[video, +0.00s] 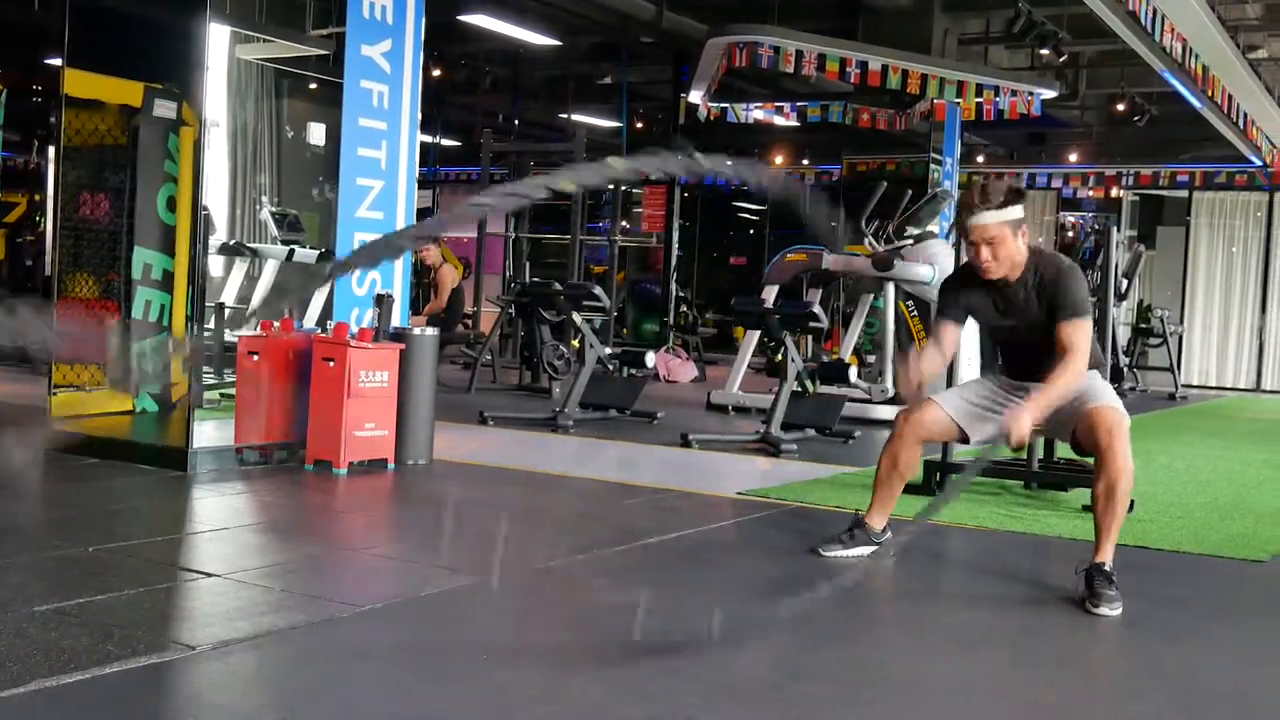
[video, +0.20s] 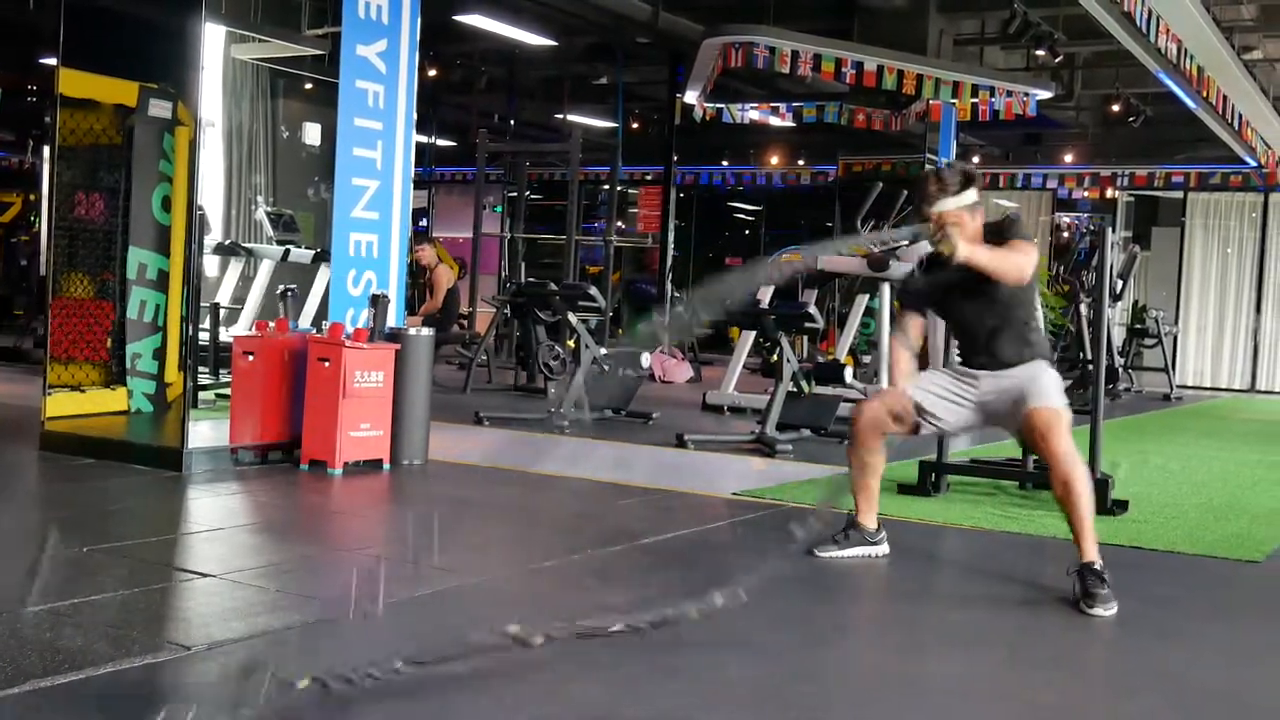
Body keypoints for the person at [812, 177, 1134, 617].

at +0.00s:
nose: (981, 255)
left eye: (991, 243)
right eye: (973, 245)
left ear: (1022, 236)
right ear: (965, 243)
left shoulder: (1062, 276)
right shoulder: (963, 283)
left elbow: (1077, 358)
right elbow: (941, 345)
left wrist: (1033, 408)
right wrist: (917, 370)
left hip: (1068, 387)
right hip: (1003, 387)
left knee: (1114, 430)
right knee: (911, 423)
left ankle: (1102, 566)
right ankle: (872, 529)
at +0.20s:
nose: (946, 230)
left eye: (954, 218)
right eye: (937, 224)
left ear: (976, 213)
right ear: (928, 224)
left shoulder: (1008, 232)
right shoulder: (926, 275)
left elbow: (1021, 269)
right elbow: (905, 338)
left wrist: (965, 251)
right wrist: (901, 389)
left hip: (1027, 374)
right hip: (963, 380)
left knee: (1053, 435)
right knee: (869, 415)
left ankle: (1091, 565)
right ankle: (866, 530)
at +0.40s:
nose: (884, 243)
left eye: (894, 232)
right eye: (879, 233)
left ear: (925, 219)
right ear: (873, 224)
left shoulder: (958, 256)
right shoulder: (877, 238)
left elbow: (961, 345)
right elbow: (826, 250)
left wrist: (920, 402)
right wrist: (808, 231)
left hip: (951, 359)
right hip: (893, 352)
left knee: (981, 417)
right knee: (806, 393)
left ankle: (942, 532)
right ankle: (805, 506)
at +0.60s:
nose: (835, 235)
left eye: (846, 223)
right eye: (828, 223)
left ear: (873, 217)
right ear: (820, 220)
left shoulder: (899, 252)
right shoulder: (807, 265)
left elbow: (908, 301)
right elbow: (788, 329)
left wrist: (872, 317)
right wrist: (790, 384)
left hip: (879, 373)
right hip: (813, 372)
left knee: (923, 416)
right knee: (727, 413)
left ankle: (928, 538)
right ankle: (679, 506)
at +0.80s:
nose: (776, 217)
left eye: (786, 208)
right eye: (769, 207)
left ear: (815, 197)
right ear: (761, 198)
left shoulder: (841, 233)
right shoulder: (752, 228)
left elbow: (835, 301)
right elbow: (717, 269)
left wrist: (786, 303)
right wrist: (697, 298)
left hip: (822, 349)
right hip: (757, 345)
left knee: (859, 398)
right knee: (681, 392)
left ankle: (851, 523)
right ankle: (666, 503)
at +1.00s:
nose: (729, 236)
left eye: (738, 227)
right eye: (723, 226)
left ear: (768, 220)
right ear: (716, 221)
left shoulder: (795, 259)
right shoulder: (712, 248)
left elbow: (803, 340)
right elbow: (677, 279)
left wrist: (770, 397)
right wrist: (673, 246)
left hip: (790, 360)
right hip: (734, 357)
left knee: (823, 408)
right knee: (654, 403)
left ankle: (823, 522)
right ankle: (623, 501)